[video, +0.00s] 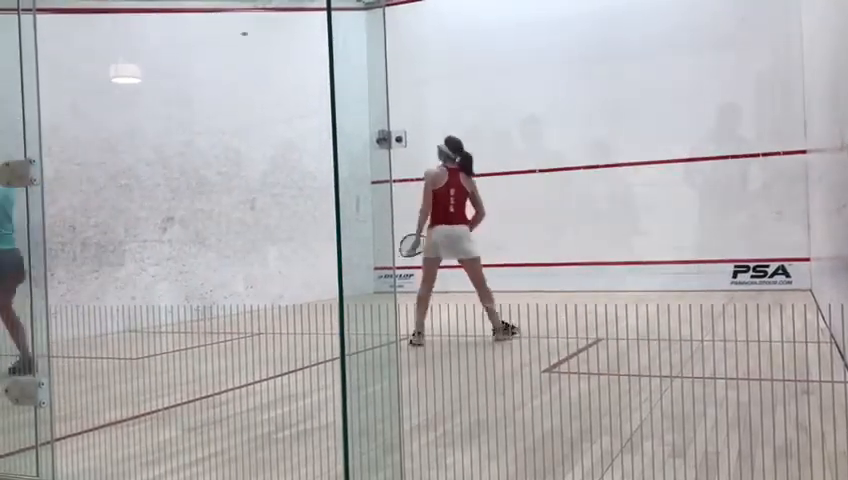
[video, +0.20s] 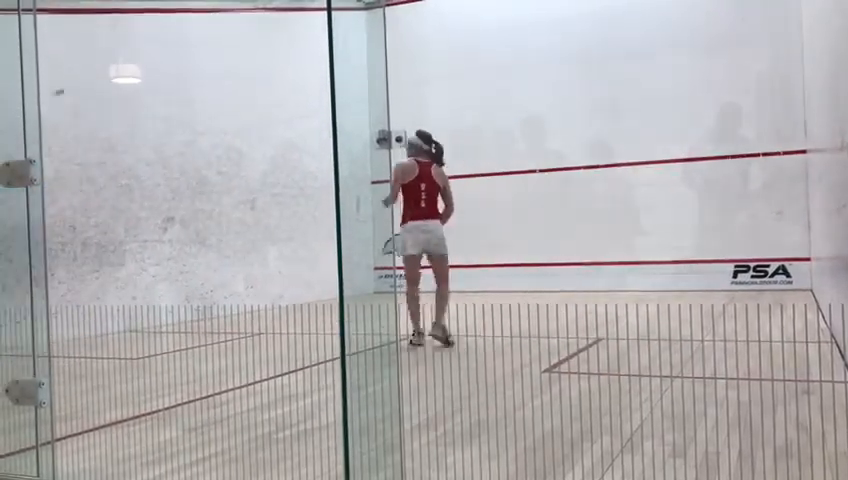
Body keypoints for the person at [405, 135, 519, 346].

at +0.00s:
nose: (438, 155)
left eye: (439, 153)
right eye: (442, 153)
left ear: (441, 155)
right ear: (459, 157)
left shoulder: (432, 175)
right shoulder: (466, 178)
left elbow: (426, 209)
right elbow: (480, 212)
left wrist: (417, 235)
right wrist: (467, 229)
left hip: (436, 233)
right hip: (461, 232)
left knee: (426, 285)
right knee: (480, 284)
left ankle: (418, 332)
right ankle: (497, 326)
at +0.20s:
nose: (406, 149)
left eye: (408, 146)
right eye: (409, 146)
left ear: (410, 148)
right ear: (429, 150)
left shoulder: (402, 168)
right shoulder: (437, 170)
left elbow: (393, 197)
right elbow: (449, 205)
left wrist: (386, 201)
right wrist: (438, 223)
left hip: (410, 227)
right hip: (434, 226)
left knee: (412, 283)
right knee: (442, 281)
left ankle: (417, 331)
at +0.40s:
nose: (399, 148)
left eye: (397, 147)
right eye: (404, 147)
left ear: (391, 153)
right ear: (411, 154)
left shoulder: (381, 172)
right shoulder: (416, 175)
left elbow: (374, 200)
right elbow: (427, 212)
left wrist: (386, 181)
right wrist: (416, 231)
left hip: (383, 230)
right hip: (406, 230)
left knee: (394, 286)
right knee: (400, 286)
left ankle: (411, 330)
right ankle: (382, 332)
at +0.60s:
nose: (381, 162)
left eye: (380, 157)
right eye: (383, 157)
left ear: (371, 156)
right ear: (390, 157)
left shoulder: (359, 173)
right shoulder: (395, 179)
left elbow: (343, 198)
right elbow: (404, 216)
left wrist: (359, 201)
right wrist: (403, 241)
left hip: (355, 230)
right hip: (380, 230)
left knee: (357, 285)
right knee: (388, 286)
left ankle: (366, 329)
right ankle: (376, 333)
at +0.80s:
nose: (359, 161)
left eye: (355, 156)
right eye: (363, 158)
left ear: (348, 154)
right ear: (366, 158)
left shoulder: (330, 174)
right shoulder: (371, 181)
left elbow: (313, 201)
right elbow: (379, 218)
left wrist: (327, 208)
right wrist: (381, 246)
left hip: (325, 232)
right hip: (352, 233)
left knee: (317, 285)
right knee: (369, 288)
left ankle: (298, 334)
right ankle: (378, 337)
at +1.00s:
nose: (296, 164)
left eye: (296, 162)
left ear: (297, 163)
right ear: (316, 164)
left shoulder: (284, 186)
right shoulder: (324, 194)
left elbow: (268, 217)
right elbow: (327, 227)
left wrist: (270, 238)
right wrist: (320, 242)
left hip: (288, 246)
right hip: (315, 246)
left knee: (275, 297)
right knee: (342, 292)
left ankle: (265, 343)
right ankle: (374, 335)